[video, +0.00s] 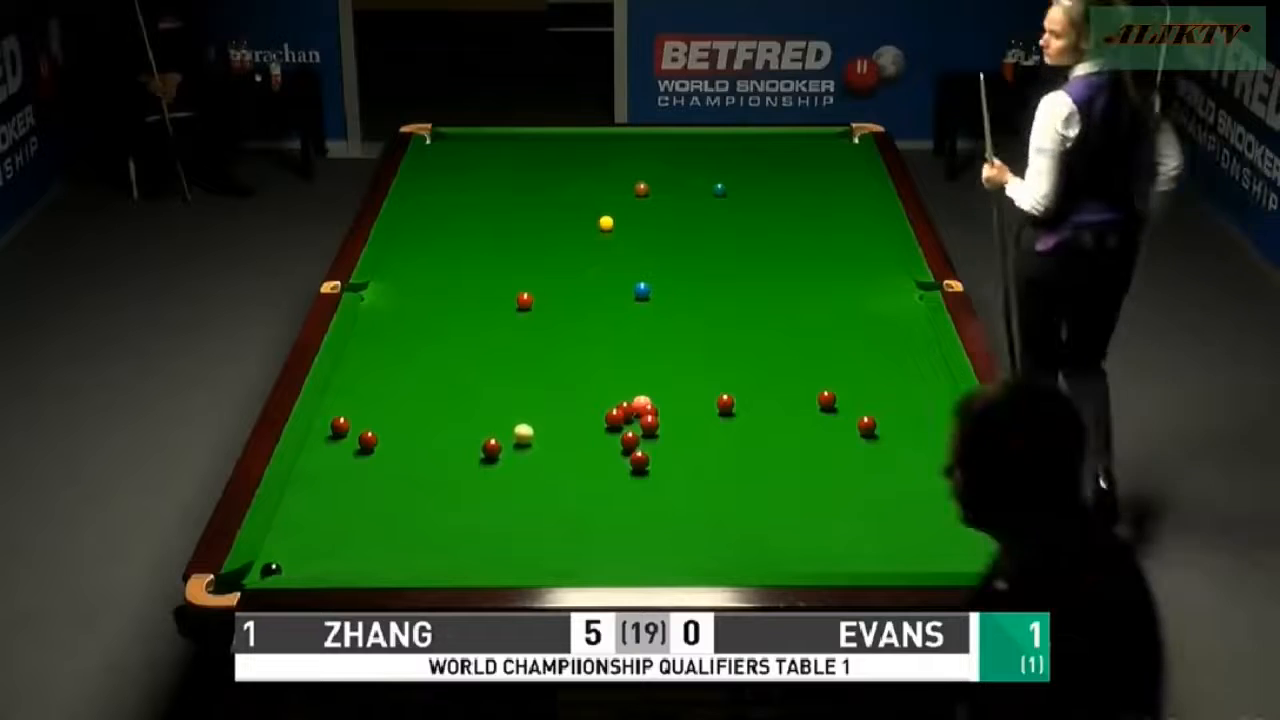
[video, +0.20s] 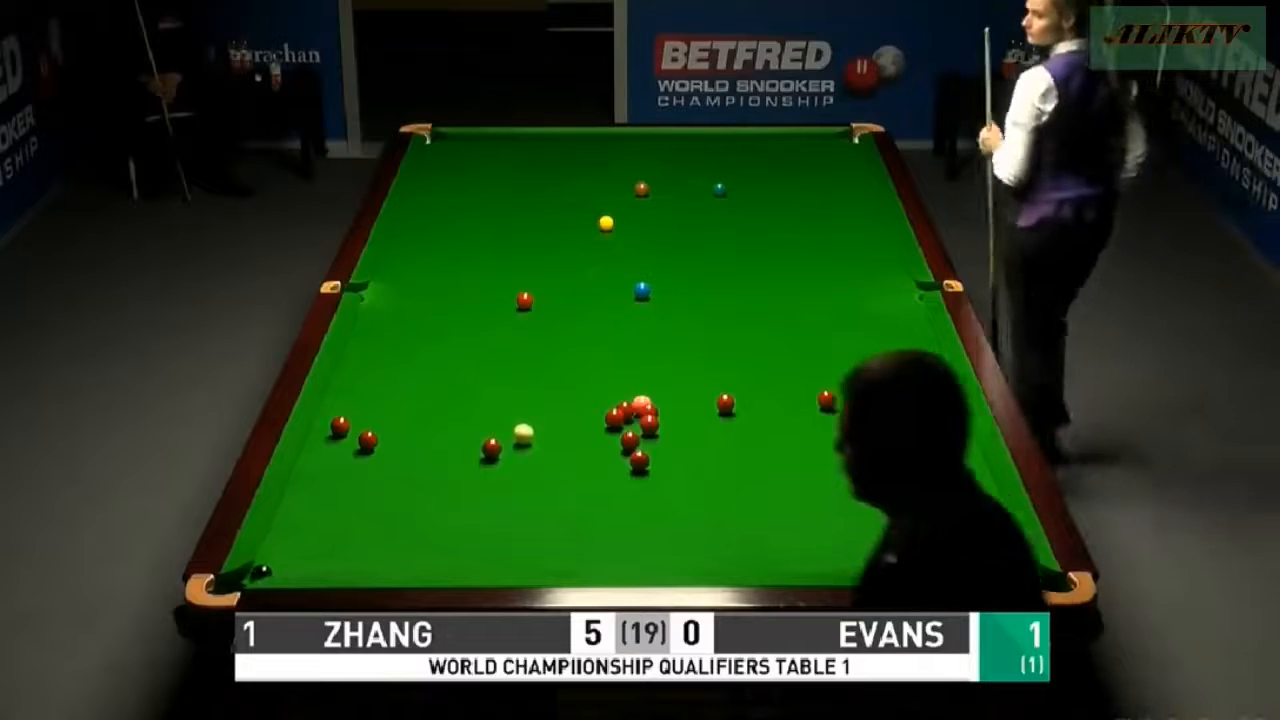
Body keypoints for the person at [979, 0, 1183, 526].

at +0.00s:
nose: (1042, 41)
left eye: (1053, 35)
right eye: (1045, 31)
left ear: (1085, 41)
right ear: (1094, 39)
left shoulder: (1059, 105)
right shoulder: (1136, 93)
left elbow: (1038, 200)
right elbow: (1170, 165)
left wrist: (1005, 180)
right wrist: (1134, 210)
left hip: (1055, 255)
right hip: (1113, 252)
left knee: (1039, 368)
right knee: (1087, 362)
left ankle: (1048, 488)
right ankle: (1099, 481)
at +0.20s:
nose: (1025, 23)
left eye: (1034, 15)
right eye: (1027, 13)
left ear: (1063, 21)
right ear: (1071, 23)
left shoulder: (1038, 81)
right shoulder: (1109, 74)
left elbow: (1013, 171)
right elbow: (1132, 158)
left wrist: (995, 144)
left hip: (1043, 223)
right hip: (1092, 220)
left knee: (1026, 324)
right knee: (1050, 317)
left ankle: (1035, 440)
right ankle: (1048, 418)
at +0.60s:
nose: (997, 2)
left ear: (1019, 1)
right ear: (1039, 1)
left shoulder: (1010, 49)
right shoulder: (1069, 39)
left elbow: (997, 134)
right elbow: (1115, 86)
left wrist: (973, 124)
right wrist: (1081, 131)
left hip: (1016, 185)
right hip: (1059, 181)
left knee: (989, 288)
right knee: (1028, 280)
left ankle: (1021, 395)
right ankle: (1014, 388)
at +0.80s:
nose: (976, 1)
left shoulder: (994, 34)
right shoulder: (1051, 27)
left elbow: (985, 117)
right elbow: (1066, 95)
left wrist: (958, 112)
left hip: (992, 167)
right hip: (1039, 164)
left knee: (969, 263)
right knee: (1022, 266)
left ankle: (978, 369)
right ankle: (1014, 377)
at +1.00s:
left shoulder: (966, 34)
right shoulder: (1017, 28)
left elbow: (958, 115)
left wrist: (933, 104)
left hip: (971, 162)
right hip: (1016, 160)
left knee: (949, 264)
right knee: (1006, 270)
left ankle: (938, 368)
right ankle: (1008, 382)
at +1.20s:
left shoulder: (930, 20)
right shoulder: (971, 13)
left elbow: (920, 98)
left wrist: (901, 79)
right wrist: (915, 69)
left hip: (942, 141)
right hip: (977, 131)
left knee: (952, 235)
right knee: (972, 229)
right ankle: (999, 318)